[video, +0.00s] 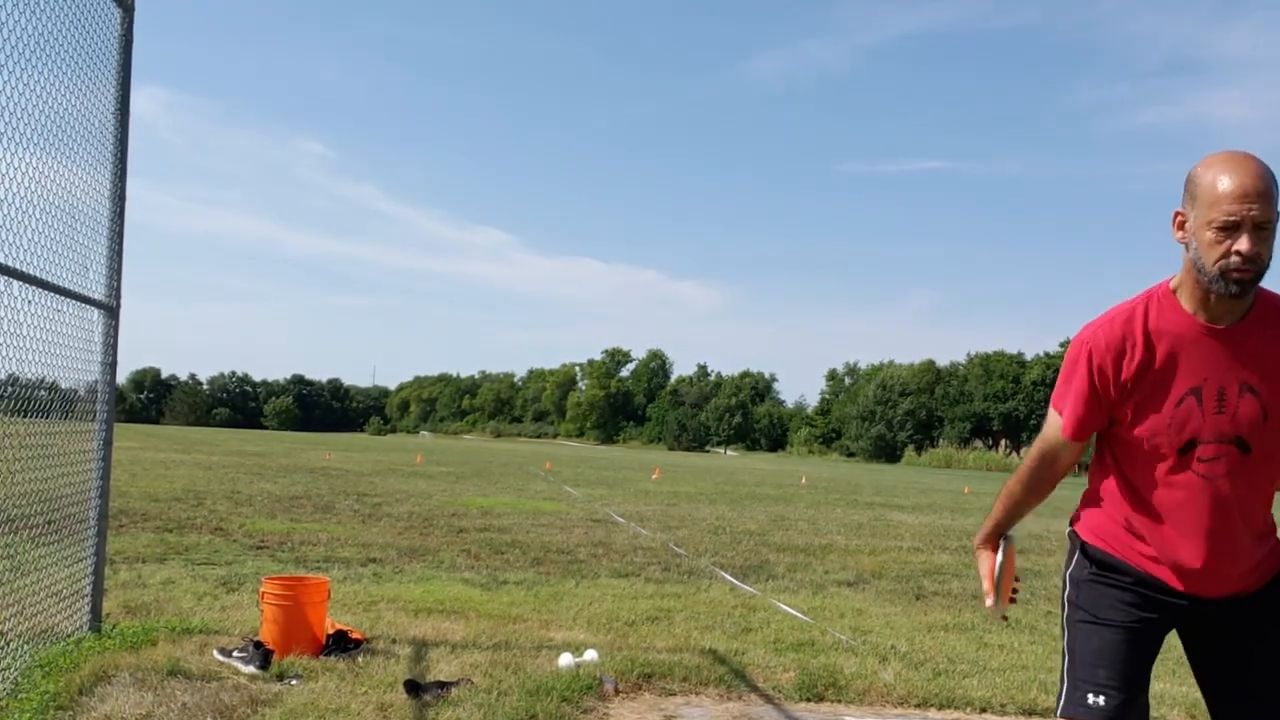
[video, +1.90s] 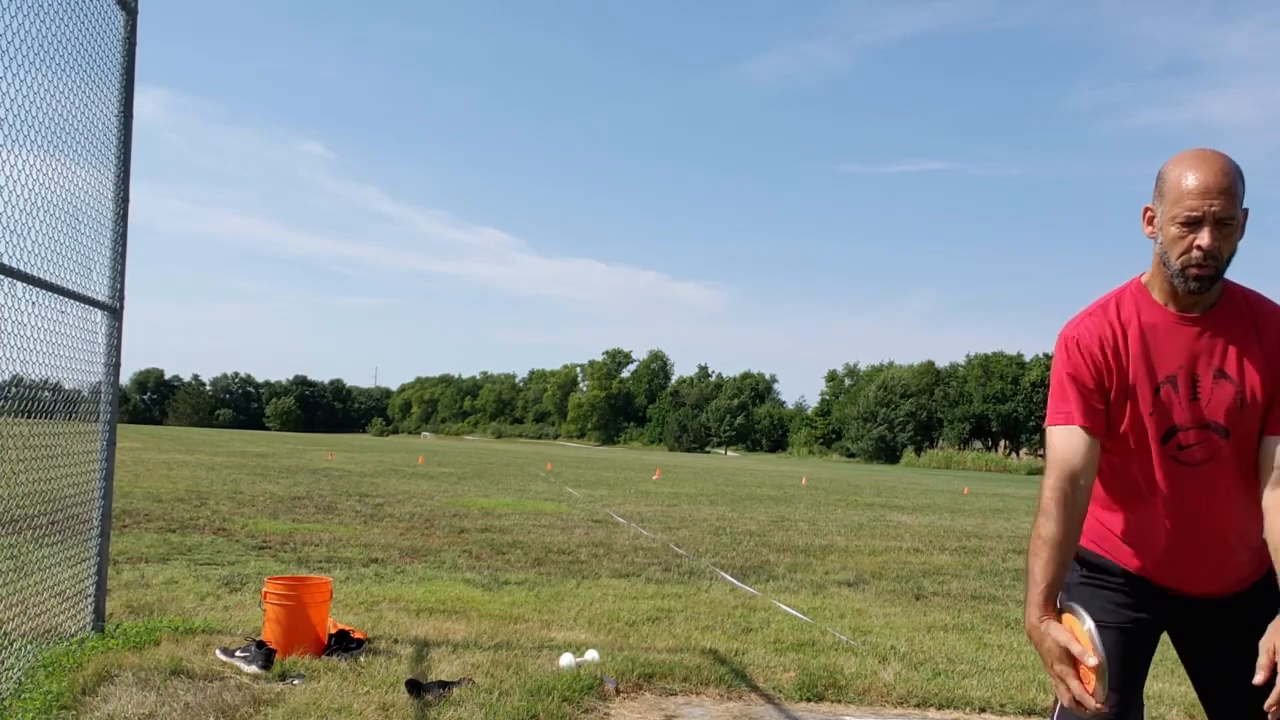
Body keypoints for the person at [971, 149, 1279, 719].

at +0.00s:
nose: (1248, 247)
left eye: (1261, 229)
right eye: (1228, 228)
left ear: (1276, 230)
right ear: (1183, 226)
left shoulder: (1277, 330)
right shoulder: (1115, 339)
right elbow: (1055, 452)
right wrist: (989, 534)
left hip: (1245, 570)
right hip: (1122, 563)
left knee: (1260, 707)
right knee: (1096, 709)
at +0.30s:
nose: (1238, 255)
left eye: (1253, 237)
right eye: (1219, 237)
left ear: (1269, 236)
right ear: (1175, 232)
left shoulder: (1275, 338)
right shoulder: (1105, 346)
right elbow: (1058, 474)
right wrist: (1004, 576)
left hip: (1242, 574)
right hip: (1118, 570)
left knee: (1257, 707)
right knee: (1095, 711)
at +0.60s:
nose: (1213, 247)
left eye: (1229, 229)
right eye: (1195, 229)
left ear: (1246, 225)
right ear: (1155, 223)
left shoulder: (1270, 329)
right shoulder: (1100, 334)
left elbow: (1275, 472)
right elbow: (1084, 468)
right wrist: (1086, 572)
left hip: (1236, 585)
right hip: (1119, 579)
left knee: (1265, 703)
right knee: (1093, 708)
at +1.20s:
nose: (1219, 248)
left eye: (1236, 230)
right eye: (1201, 229)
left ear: (1253, 230)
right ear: (1160, 227)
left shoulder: (1270, 333)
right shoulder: (1100, 338)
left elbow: (1274, 473)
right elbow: (1053, 479)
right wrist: (1004, 598)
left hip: (1240, 577)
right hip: (1117, 573)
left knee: (1261, 707)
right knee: (1096, 707)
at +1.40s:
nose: (1225, 247)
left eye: (1241, 228)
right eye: (1206, 228)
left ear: (1260, 228)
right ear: (1166, 226)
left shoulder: (1274, 325)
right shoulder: (1101, 334)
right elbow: (1051, 439)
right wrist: (997, 517)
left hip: (1243, 568)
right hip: (1118, 562)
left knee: (1259, 708)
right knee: (1093, 710)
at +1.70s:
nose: (1221, 251)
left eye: (1238, 232)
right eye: (1203, 232)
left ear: (1255, 233)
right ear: (1162, 230)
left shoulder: (1270, 333)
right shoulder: (1095, 342)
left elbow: (1273, 470)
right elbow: (1056, 466)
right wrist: (1010, 561)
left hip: (1240, 578)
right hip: (1116, 574)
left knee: (1260, 706)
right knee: (1098, 711)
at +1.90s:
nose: (1207, 242)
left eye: (1224, 223)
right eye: (1190, 223)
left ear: (1242, 225)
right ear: (1151, 222)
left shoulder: (1269, 331)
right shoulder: (1093, 337)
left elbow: (1274, 480)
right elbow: (1066, 485)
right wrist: (1038, 613)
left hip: (1235, 583)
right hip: (1117, 576)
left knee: (1260, 708)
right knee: (1091, 708)